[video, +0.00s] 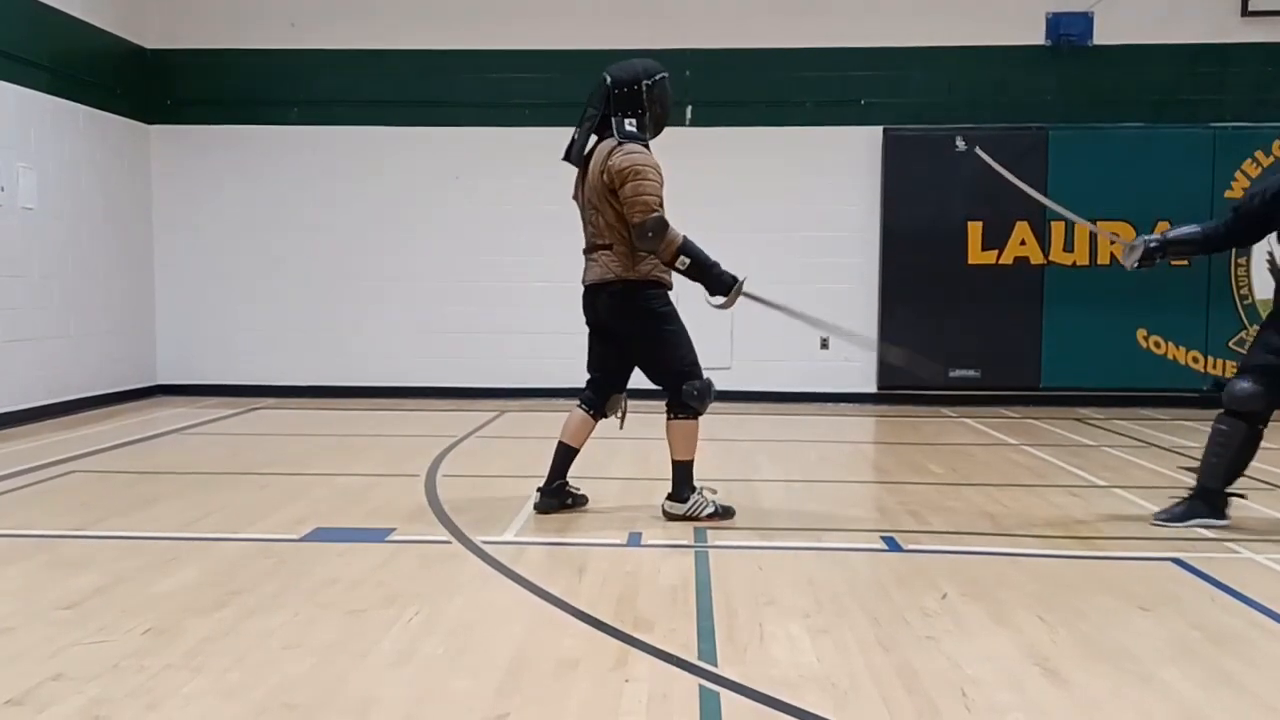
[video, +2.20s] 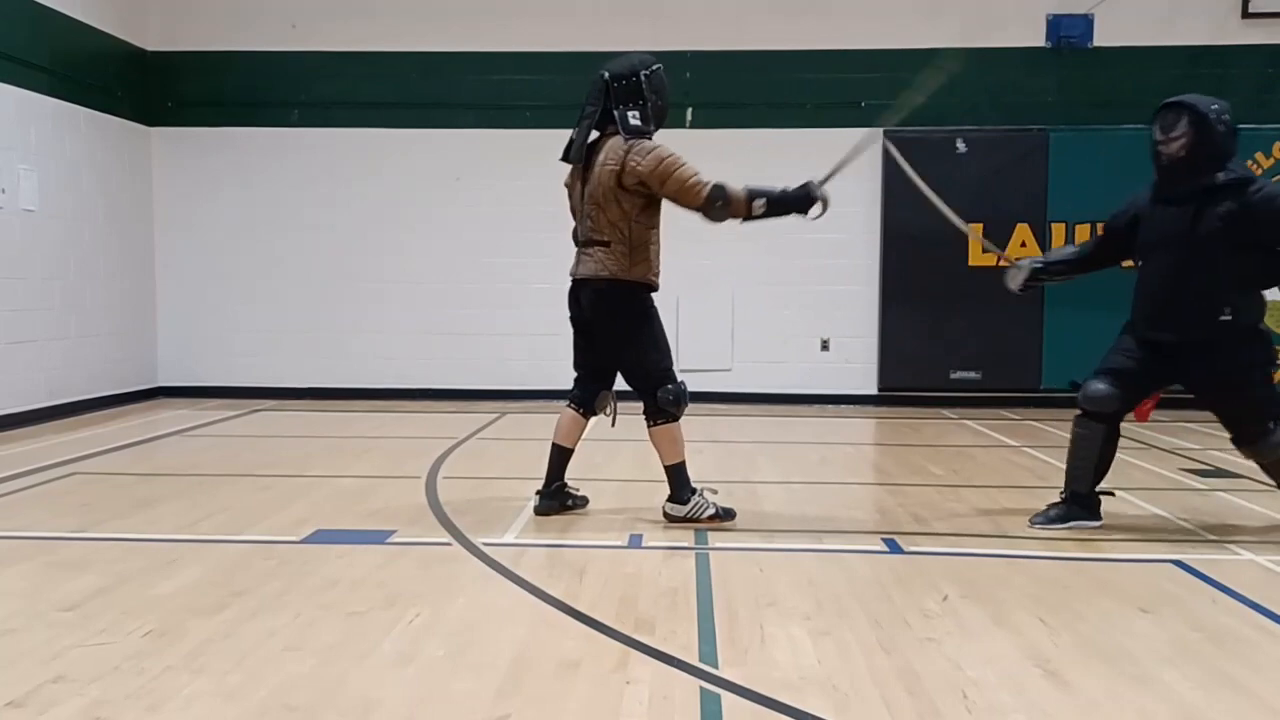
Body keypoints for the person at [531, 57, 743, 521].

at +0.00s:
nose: (665, 107)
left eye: (663, 97)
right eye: (660, 98)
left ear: (616, 102)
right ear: (645, 102)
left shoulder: (599, 154)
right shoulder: (633, 158)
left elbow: (617, 234)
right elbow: (651, 233)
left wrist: (684, 263)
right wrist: (714, 275)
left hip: (603, 293)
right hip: (637, 294)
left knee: (601, 392)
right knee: (688, 388)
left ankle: (553, 486)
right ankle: (682, 494)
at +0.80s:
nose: (646, 100)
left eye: (641, 91)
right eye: (640, 93)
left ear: (596, 102)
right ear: (629, 99)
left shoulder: (584, 152)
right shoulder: (625, 153)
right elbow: (678, 211)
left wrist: (712, 224)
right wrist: (743, 223)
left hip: (593, 293)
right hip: (629, 293)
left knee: (594, 390)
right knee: (671, 389)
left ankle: (553, 487)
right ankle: (683, 494)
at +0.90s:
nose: (649, 100)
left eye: (645, 92)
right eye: (643, 93)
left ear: (598, 103)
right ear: (632, 99)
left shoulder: (586, 153)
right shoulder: (631, 152)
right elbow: (689, 203)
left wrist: (725, 214)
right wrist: (757, 214)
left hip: (594, 293)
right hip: (631, 293)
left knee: (594, 390)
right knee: (672, 390)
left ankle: (553, 488)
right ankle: (683, 495)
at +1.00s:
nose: (655, 105)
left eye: (651, 96)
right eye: (650, 97)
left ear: (604, 104)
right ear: (638, 101)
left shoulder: (588, 153)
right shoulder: (639, 152)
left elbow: (584, 219)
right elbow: (699, 201)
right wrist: (775, 212)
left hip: (595, 293)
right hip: (634, 294)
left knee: (594, 389)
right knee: (674, 390)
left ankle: (553, 487)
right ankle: (683, 495)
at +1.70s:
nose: (664, 103)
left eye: (661, 94)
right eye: (659, 95)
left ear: (613, 101)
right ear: (646, 100)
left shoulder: (592, 151)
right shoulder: (641, 155)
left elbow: (596, 224)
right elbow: (649, 229)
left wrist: (689, 233)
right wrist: (707, 236)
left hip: (590, 292)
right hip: (628, 294)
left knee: (592, 386)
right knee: (671, 392)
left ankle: (553, 487)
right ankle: (683, 495)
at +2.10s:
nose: (657, 105)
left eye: (655, 95)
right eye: (652, 96)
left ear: (604, 100)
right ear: (637, 101)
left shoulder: (587, 152)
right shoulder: (632, 158)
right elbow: (681, 224)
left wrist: (718, 230)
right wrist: (751, 222)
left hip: (584, 293)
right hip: (620, 295)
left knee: (588, 390)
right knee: (658, 394)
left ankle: (551, 489)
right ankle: (682, 496)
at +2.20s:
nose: (663, 103)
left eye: (660, 94)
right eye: (658, 95)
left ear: (610, 100)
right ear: (643, 100)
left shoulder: (588, 150)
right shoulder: (642, 154)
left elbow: (582, 223)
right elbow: (711, 199)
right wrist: (783, 201)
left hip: (586, 293)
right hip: (623, 295)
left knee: (588, 388)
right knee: (662, 394)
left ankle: (551, 488)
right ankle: (682, 496)